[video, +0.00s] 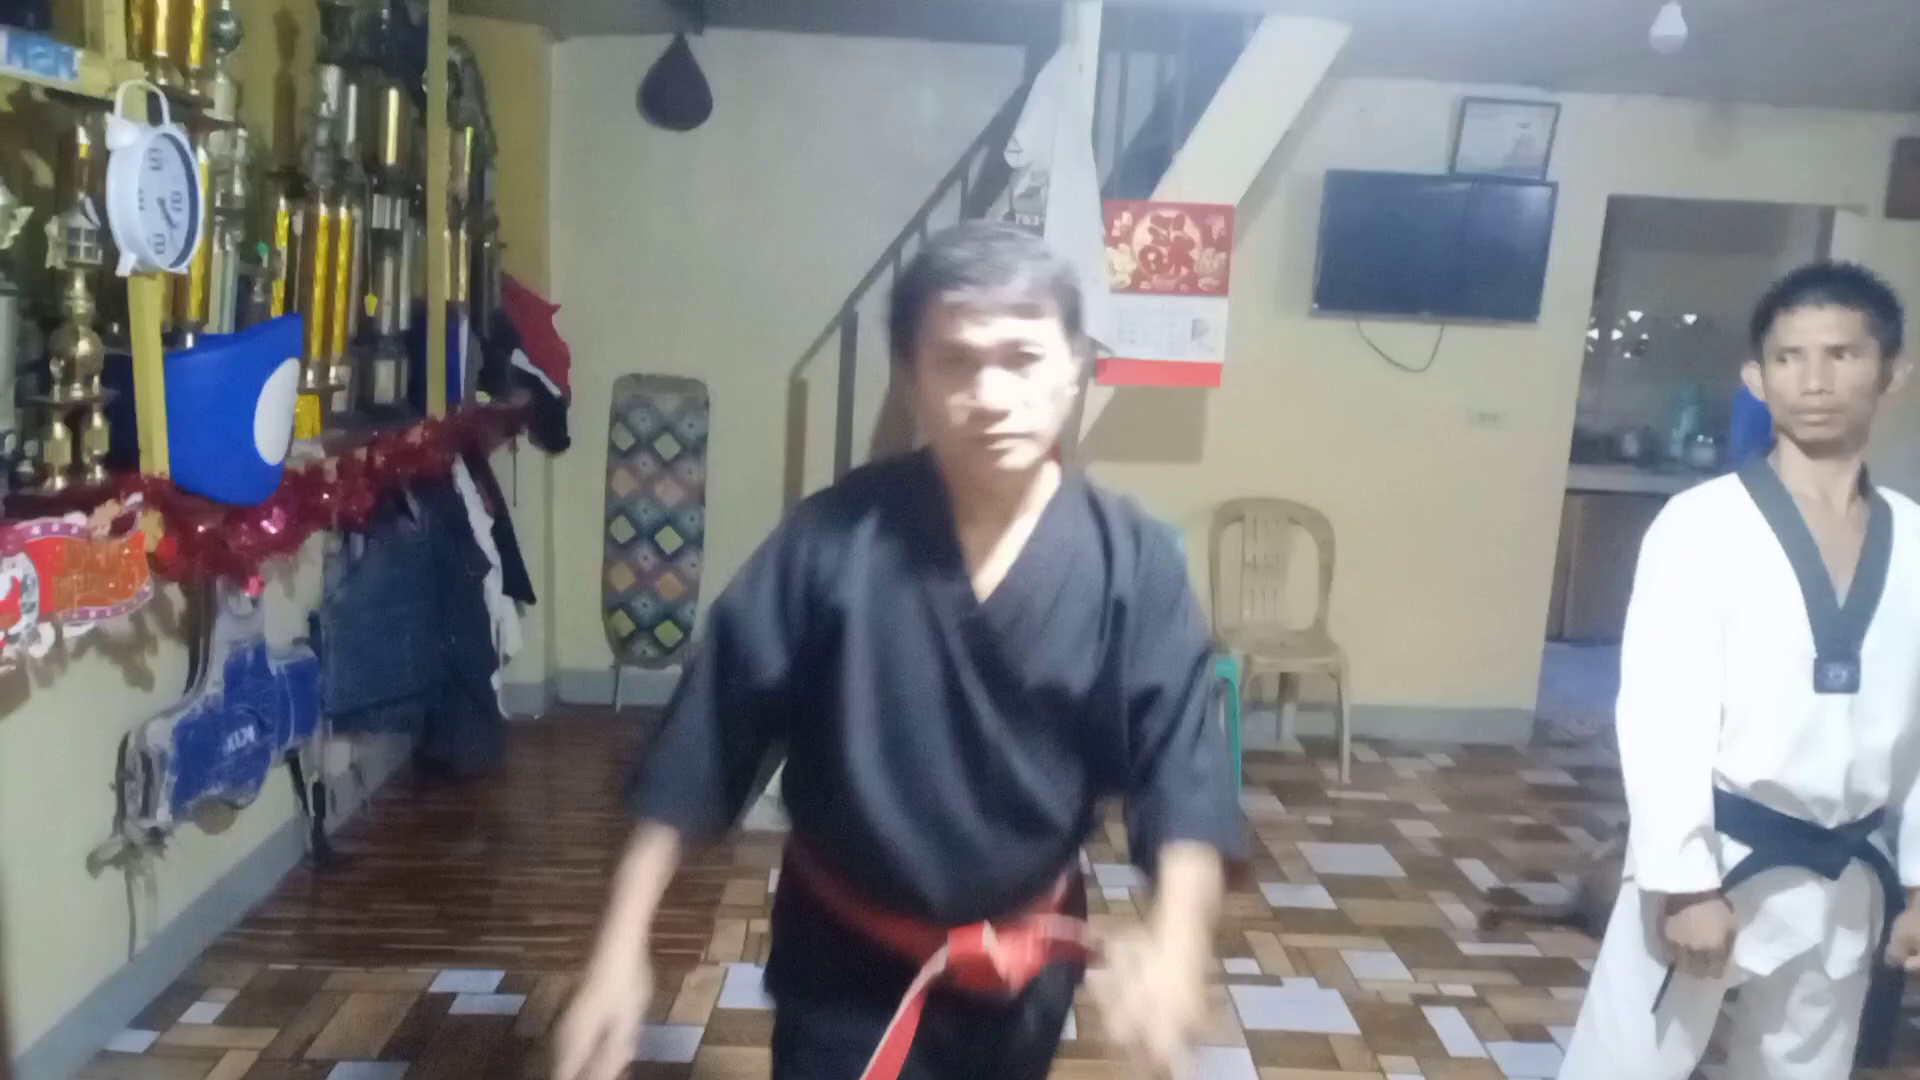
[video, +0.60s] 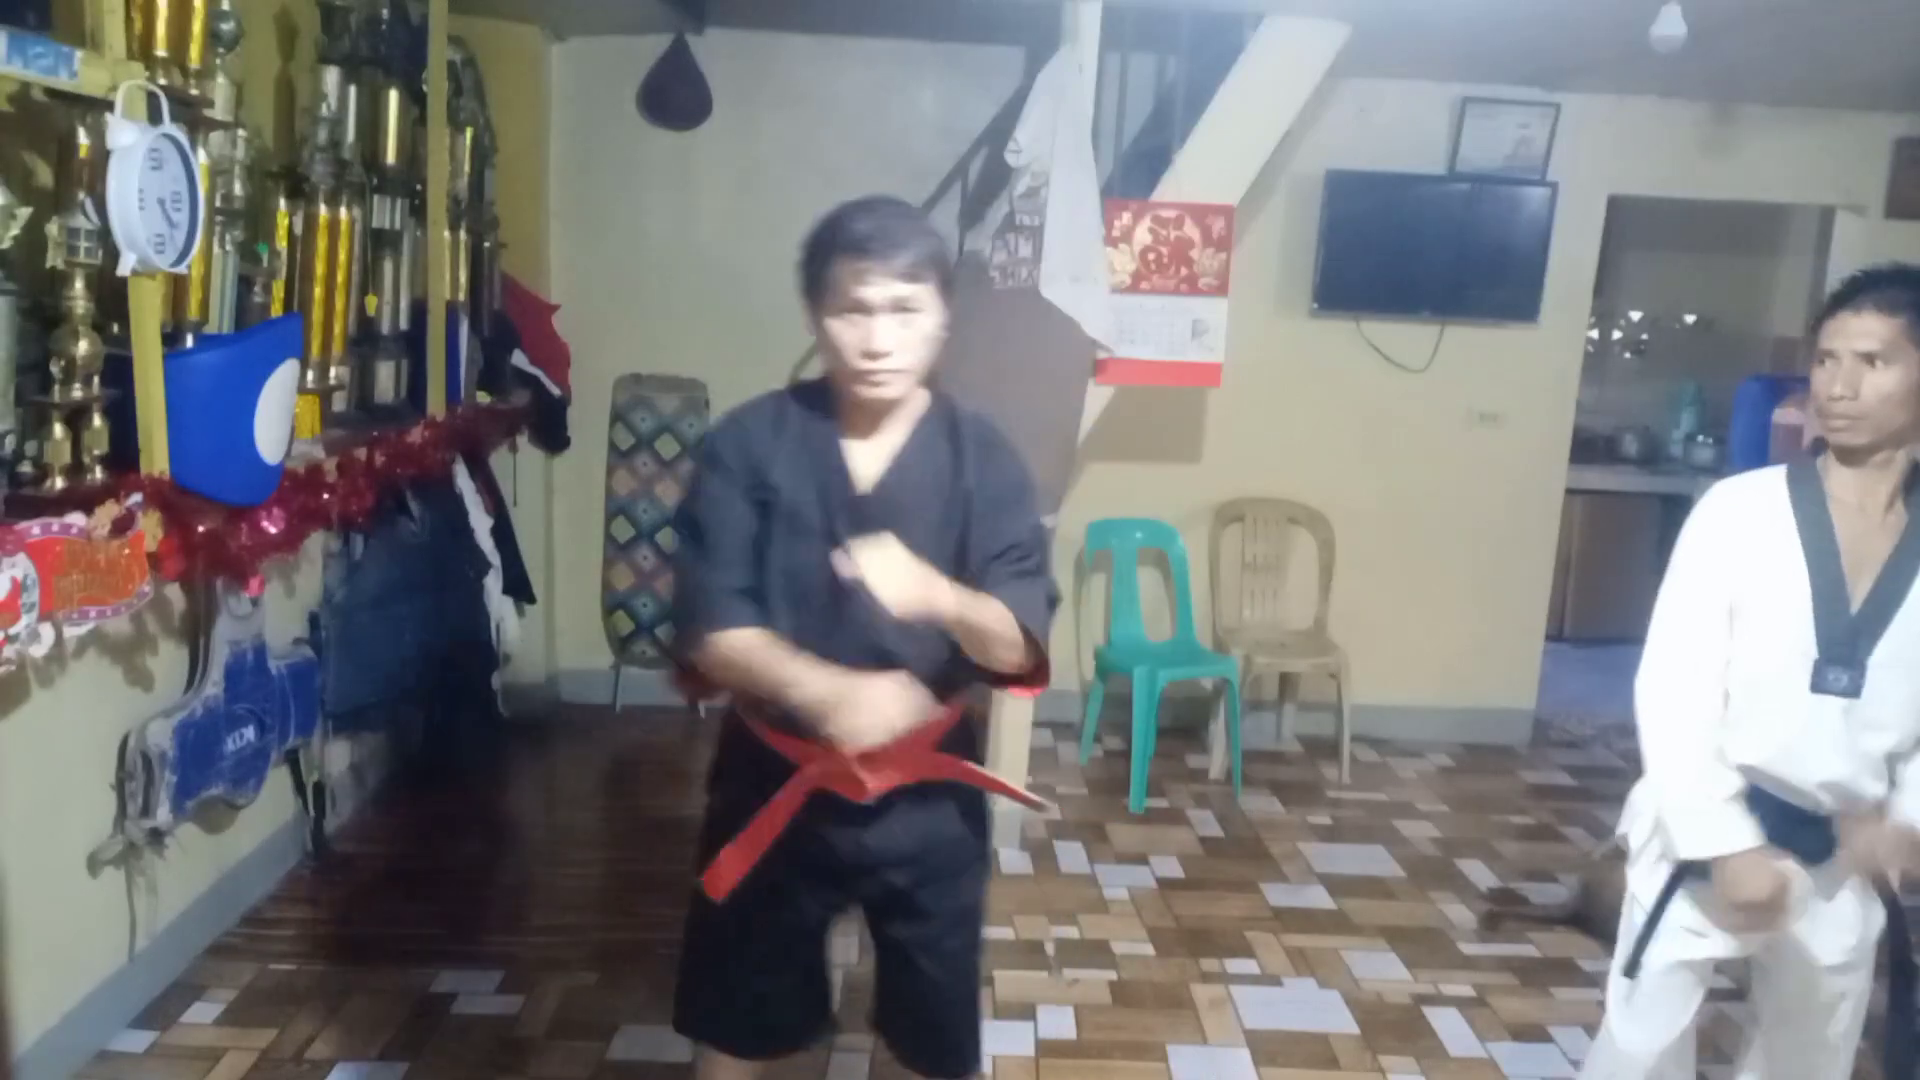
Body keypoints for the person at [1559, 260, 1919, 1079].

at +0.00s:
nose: (1814, 379)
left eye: (1842, 353)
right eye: (1789, 356)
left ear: (1889, 377)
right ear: (1756, 378)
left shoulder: (1913, 536)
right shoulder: (1698, 526)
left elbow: (1913, 730)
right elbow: (1658, 711)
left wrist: (1917, 886)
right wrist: (1685, 883)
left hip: (1846, 891)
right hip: (1705, 874)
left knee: (1808, 1068)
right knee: (1626, 1068)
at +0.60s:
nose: (1840, 385)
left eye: (1873, 361)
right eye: (1828, 359)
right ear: (1810, 369)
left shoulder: (1914, 536)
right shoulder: (1738, 509)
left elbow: (1908, 728)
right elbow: (1672, 689)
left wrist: (1903, 821)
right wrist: (1724, 843)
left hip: (1847, 862)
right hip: (1706, 834)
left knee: (1806, 1068)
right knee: (1634, 1060)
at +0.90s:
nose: (1766, 390)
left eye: (1794, 364)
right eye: (1740, 362)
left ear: (1833, 386)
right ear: (1699, 379)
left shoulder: (1853, 552)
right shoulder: (1632, 520)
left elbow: (1894, 695)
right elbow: (1592, 698)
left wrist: (1860, 768)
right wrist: (1727, 822)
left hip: (1763, 888)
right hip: (1613, 865)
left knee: (1746, 1069)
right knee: (1508, 1061)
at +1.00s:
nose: (1697, 389)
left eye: (1724, 364)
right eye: (1671, 363)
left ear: (1758, 380)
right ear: (1627, 376)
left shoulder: (1778, 545)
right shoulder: (1565, 517)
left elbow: (1811, 702)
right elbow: (1512, 697)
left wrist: (1836, 809)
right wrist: (1569, 857)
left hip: (1697, 873)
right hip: (1551, 854)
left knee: (1696, 1066)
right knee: (1492, 1064)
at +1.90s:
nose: (1649, 386)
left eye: (1673, 362)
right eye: (1623, 359)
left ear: (1698, 378)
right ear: (1574, 373)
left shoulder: (1725, 540)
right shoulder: (1506, 516)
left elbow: (1758, 715)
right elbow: (1449, 696)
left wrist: (1788, 875)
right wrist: (1470, 859)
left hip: (1627, 855)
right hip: (1492, 840)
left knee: (1609, 1068)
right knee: (1417, 1064)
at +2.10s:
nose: (1637, 472)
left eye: (1664, 447)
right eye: (1616, 440)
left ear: (1689, 441)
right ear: (1561, 418)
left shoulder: (1696, 550)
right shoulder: (1469, 534)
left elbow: (1692, 708)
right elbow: (1378, 686)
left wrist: (1668, 841)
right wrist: (1352, 839)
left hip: (1586, 839)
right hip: (1454, 829)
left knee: (1556, 1057)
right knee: (1412, 1054)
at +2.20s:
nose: (1647, 592)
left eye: (1668, 567)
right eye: (1626, 569)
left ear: (1691, 541)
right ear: (1570, 518)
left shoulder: (1706, 594)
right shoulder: (1463, 577)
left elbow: (1663, 728)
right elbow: (1364, 696)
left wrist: (1608, 817)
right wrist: (1374, 810)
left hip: (1567, 840)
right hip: (1444, 830)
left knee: (1519, 1057)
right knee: (1416, 1054)